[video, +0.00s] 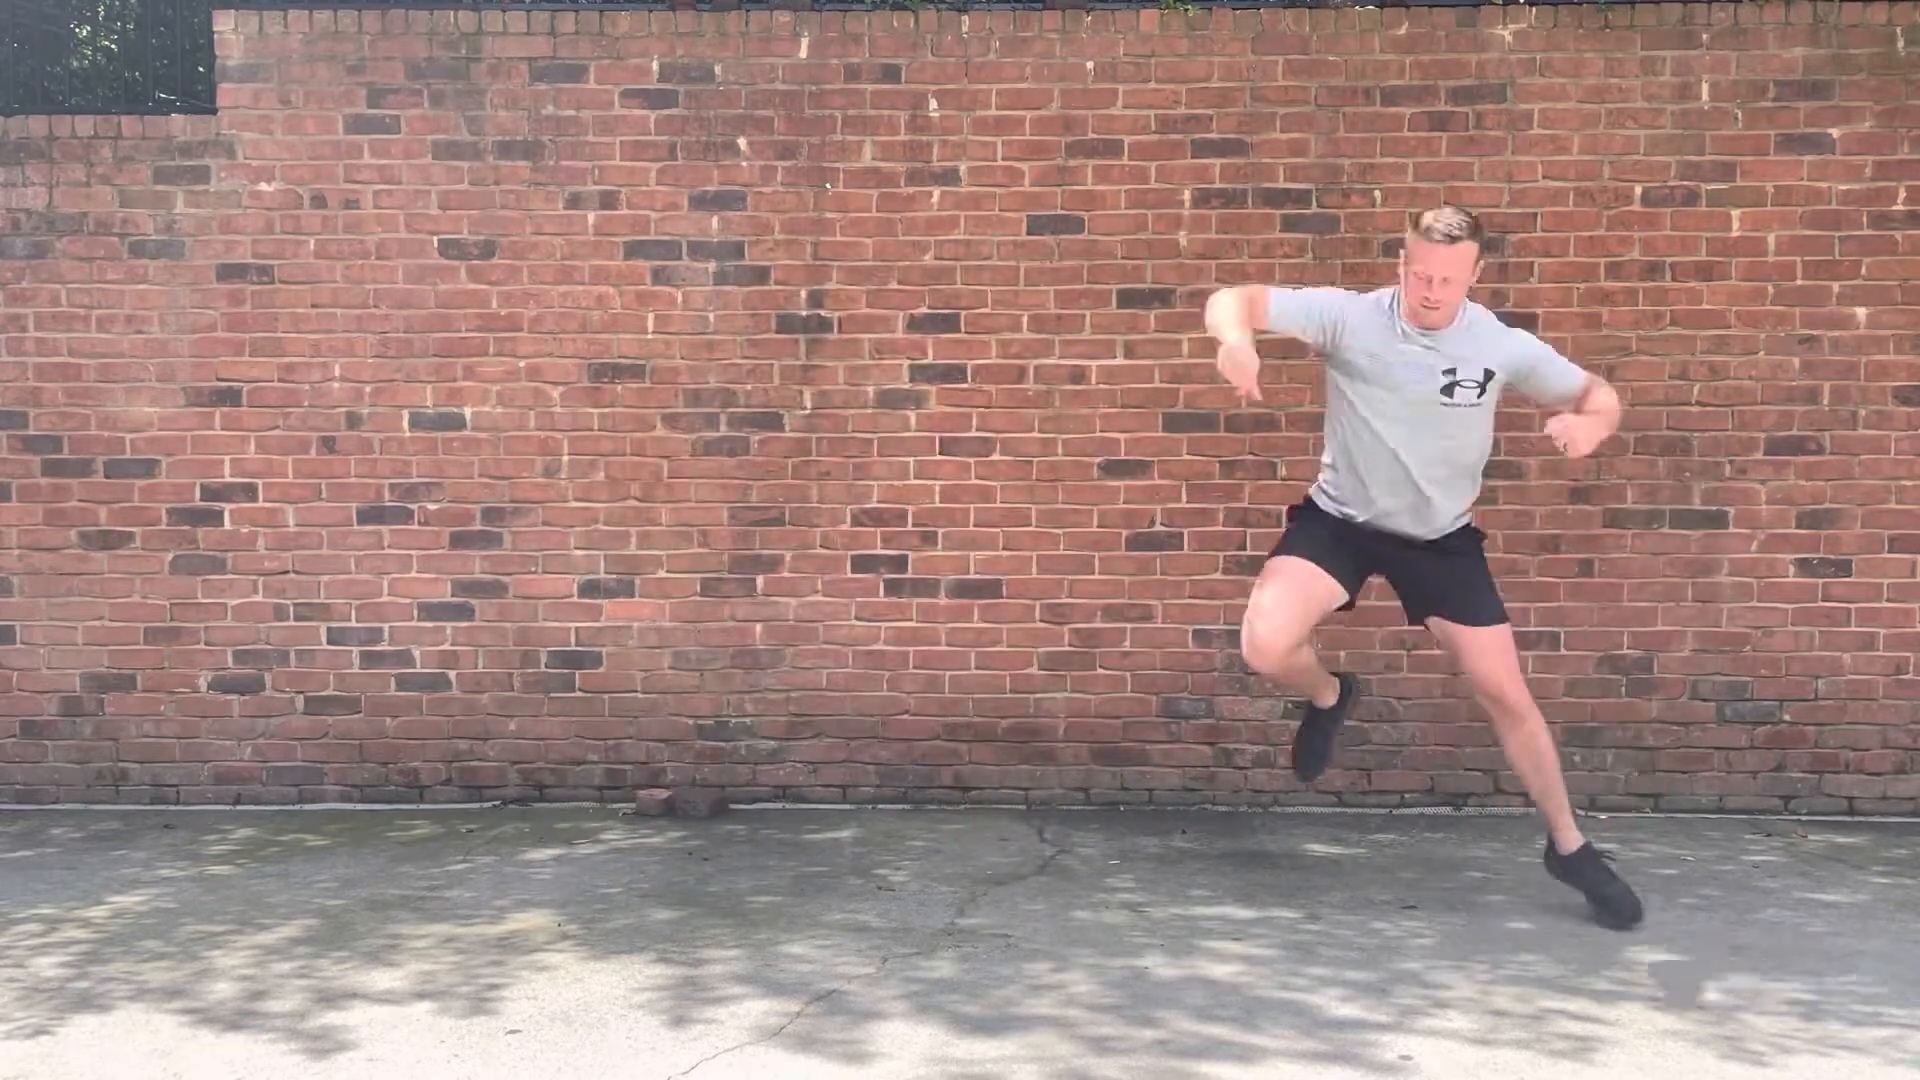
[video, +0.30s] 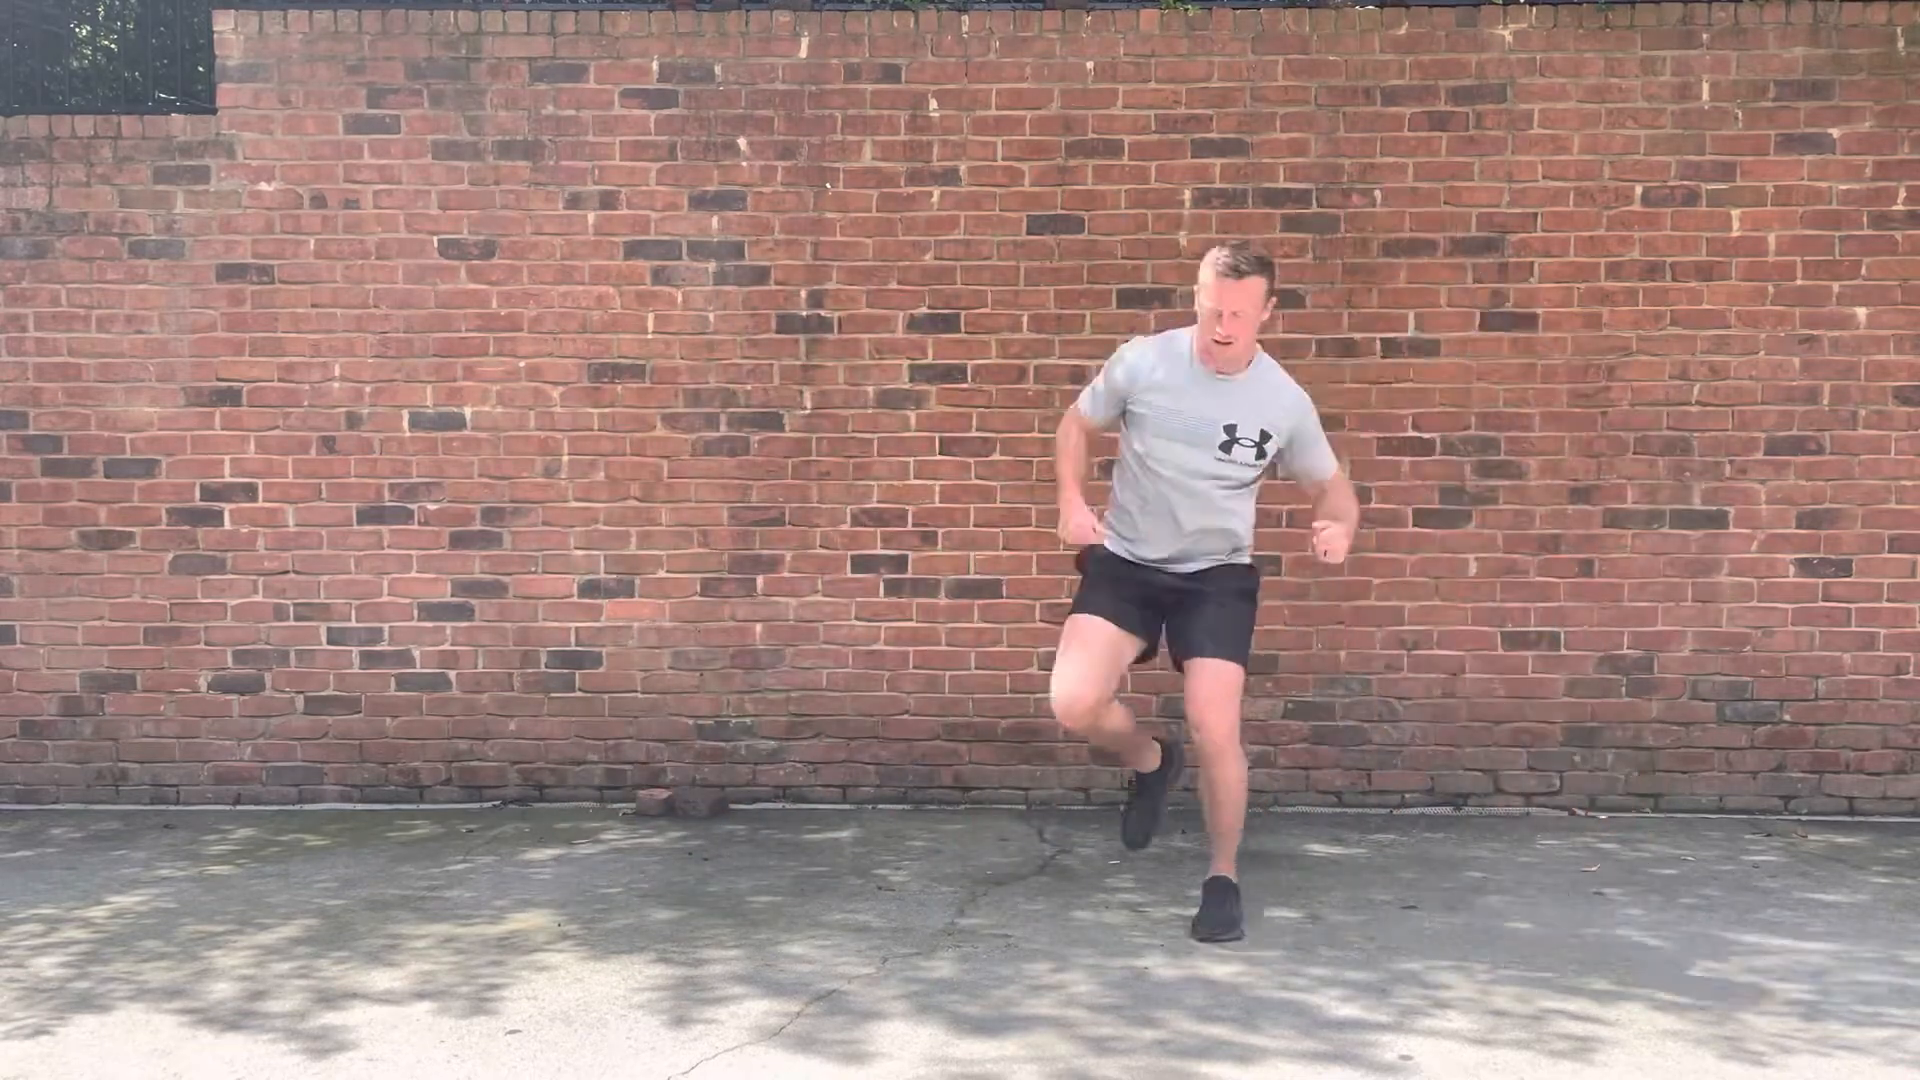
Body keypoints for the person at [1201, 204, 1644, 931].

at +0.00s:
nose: (1431, 293)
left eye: (1448, 281)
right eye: (1421, 276)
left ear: (1473, 277)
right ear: (1402, 263)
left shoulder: (1497, 343)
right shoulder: (1349, 315)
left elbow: (1598, 394)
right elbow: (1229, 301)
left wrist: (1591, 424)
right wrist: (1233, 341)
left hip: (1441, 538)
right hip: (1338, 520)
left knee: (1505, 691)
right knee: (1265, 646)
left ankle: (1569, 845)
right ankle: (1328, 694)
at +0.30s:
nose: (1220, 328)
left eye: (1236, 315)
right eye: (1210, 311)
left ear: (1266, 313)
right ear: (1194, 302)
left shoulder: (1284, 402)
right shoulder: (1141, 362)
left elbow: (1334, 486)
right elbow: (1076, 422)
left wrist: (1339, 525)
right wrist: (1072, 502)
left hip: (1218, 572)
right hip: (1125, 560)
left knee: (1213, 730)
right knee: (1074, 704)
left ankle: (1221, 879)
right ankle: (1152, 761)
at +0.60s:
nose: (909, 268)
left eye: (925, 255)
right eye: (899, 253)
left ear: (955, 249)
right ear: (886, 246)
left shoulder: (993, 322)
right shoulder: (852, 296)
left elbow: (1088, 385)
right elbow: (765, 310)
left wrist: (1077, 429)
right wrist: (666, 328)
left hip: (960, 515)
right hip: (859, 501)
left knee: (1033, 666)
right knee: (745, 620)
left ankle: (1092, 806)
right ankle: (720, 741)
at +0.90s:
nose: (597, 447)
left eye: (608, 431)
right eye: (586, 434)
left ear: (641, 412)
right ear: (575, 429)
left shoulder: (706, 461)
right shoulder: (580, 493)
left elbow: (789, 532)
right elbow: (547, 560)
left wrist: (724, 582)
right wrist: (492, 618)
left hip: (728, 637)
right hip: (638, 628)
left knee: (709, 800)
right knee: (544, 745)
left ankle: (680, 774)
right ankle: (521, 874)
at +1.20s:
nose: (676, 385)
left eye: (685, 369)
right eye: (660, 374)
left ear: (702, 356)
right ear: (636, 373)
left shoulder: (755, 389)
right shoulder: (612, 435)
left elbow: (857, 340)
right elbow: (515, 482)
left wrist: (821, 335)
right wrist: (524, 462)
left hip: (767, 592)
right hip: (669, 601)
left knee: (821, 717)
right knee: (581, 719)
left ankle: (756, 750)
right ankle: (521, 867)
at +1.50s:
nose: (912, 319)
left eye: (921, 304)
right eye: (897, 307)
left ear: (934, 296)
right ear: (868, 305)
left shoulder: (979, 362)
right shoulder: (841, 380)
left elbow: (1015, 455)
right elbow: (781, 460)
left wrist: (1008, 551)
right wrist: (737, 535)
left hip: (969, 542)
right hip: (883, 551)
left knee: (991, 683)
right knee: (893, 708)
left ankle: (947, 763)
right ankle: (922, 848)